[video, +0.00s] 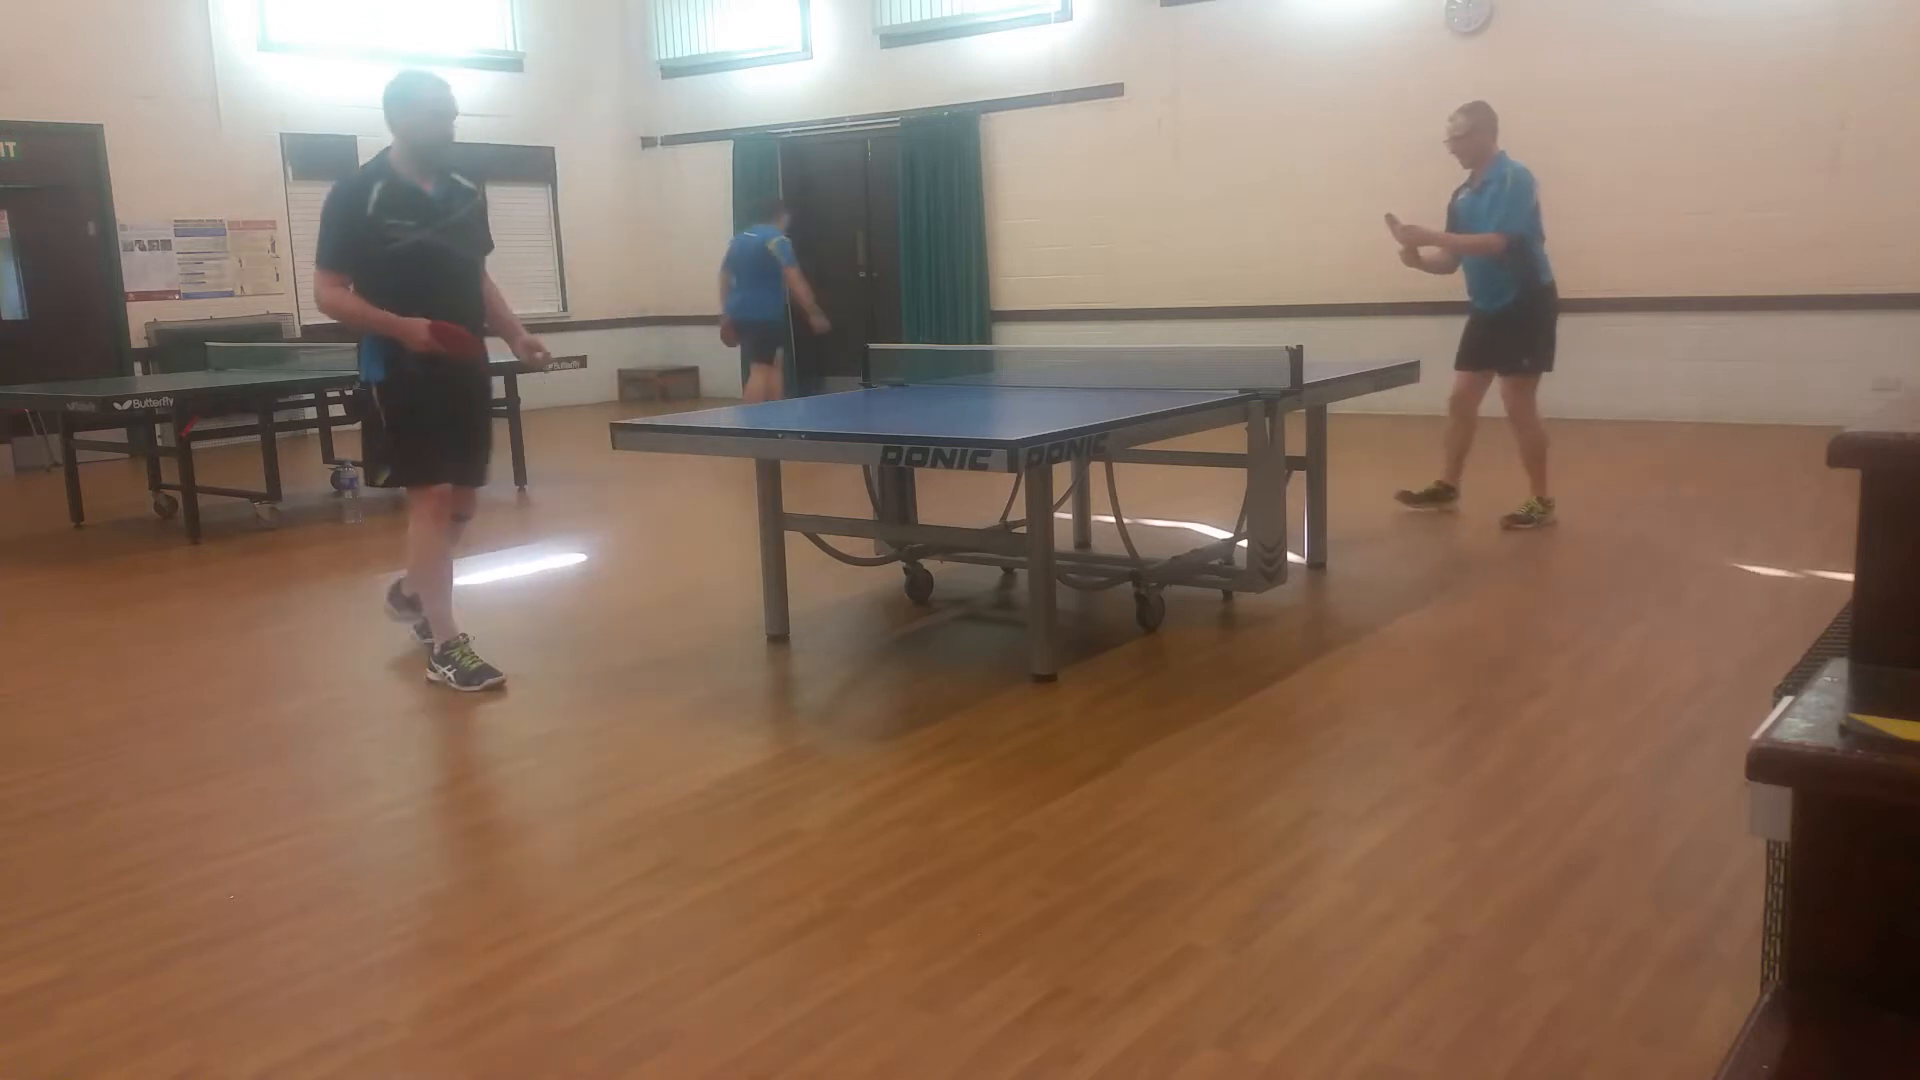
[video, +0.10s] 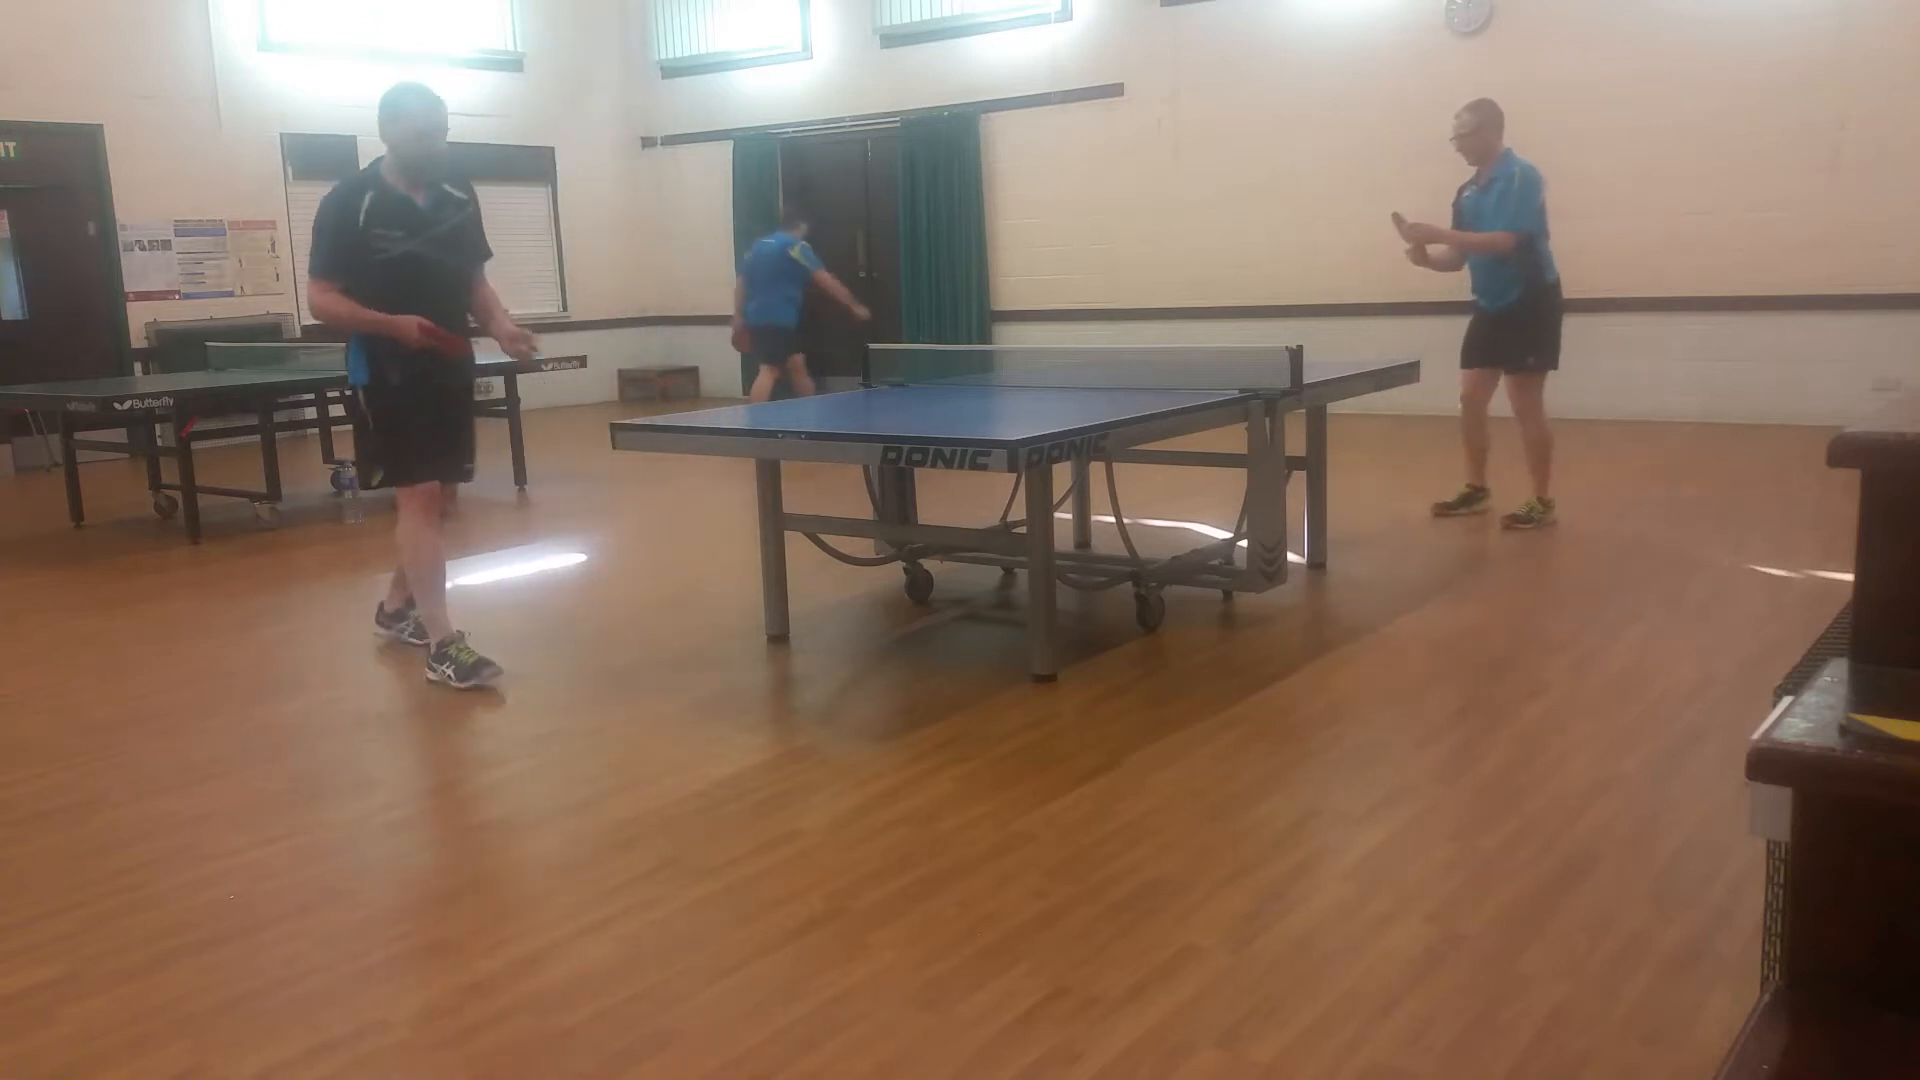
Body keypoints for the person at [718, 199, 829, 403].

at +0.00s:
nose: (787, 223)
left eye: (788, 218)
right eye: (786, 218)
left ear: (762, 215)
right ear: (779, 216)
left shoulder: (739, 239)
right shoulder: (778, 241)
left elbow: (724, 277)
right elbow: (795, 280)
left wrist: (725, 313)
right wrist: (814, 313)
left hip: (742, 314)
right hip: (766, 315)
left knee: (774, 367)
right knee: (759, 371)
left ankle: (777, 420)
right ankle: (748, 426)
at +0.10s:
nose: (805, 235)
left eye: (806, 231)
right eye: (805, 230)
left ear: (783, 225)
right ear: (799, 227)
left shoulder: (758, 246)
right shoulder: (796, 247)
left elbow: (740, 283)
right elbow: (824, 280)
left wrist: (737, 317)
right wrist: (854, 306)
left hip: (756, 318)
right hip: (780, 320)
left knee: (796, 363)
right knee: (768, 371)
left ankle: (814, 413)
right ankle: (751, 422)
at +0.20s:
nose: (825, 238)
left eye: (825, 235)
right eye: (824, 234)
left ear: (794, 231)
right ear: (817, 232)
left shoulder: (777, 251)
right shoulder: (815, 249)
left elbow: (759, 284)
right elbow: (844, 281)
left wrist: (754, 317)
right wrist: (876, 297)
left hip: (776, 324)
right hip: (801, 325)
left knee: (818, 363)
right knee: (787, 371)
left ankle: (829, 415)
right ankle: (761, 418)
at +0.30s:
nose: (840, 238)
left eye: (839, 235)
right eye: (839, 234)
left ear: (815, 230)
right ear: (835, 232)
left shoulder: (793, 251)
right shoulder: (833, 247)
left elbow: (778, 287)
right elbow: (855, 279)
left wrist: (774, 320)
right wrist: (882, 297)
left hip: (795, 321)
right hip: (822, 320)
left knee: (819, 370)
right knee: (829, 371)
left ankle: (832, 417)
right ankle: (790, 400)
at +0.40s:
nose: (853, 235)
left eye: (853, 232)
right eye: (852, 231)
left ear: (827, 228)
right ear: (847, 229)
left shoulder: (805, 249)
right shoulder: (848, 245)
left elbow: (793, 289)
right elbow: (868, 281)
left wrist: (793, 323)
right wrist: (886, 305)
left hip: (811, 317)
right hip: (840, 315)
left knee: (835, 362)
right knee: (856, 361)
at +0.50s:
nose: (866, 235)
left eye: (865, 232)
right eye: (865, 232)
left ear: (842, 228)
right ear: (862, 229)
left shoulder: (821, 247)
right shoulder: (864, 245)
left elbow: (809, 285)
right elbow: (879, 281)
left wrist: (815, 315)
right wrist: (894, 310)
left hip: (828, 315)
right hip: (859, 314)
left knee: (840, 364)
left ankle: (839, 409)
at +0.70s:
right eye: (898, 243)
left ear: (871, 240)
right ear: (894, 241)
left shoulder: (852, 255)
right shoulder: (901, 254)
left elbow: (841, 288)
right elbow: (915, 287)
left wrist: (849, 314)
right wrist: (924, 319)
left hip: (859, 320)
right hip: (895, 319)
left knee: (854, 367)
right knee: (911, 359)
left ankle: (841, 410)